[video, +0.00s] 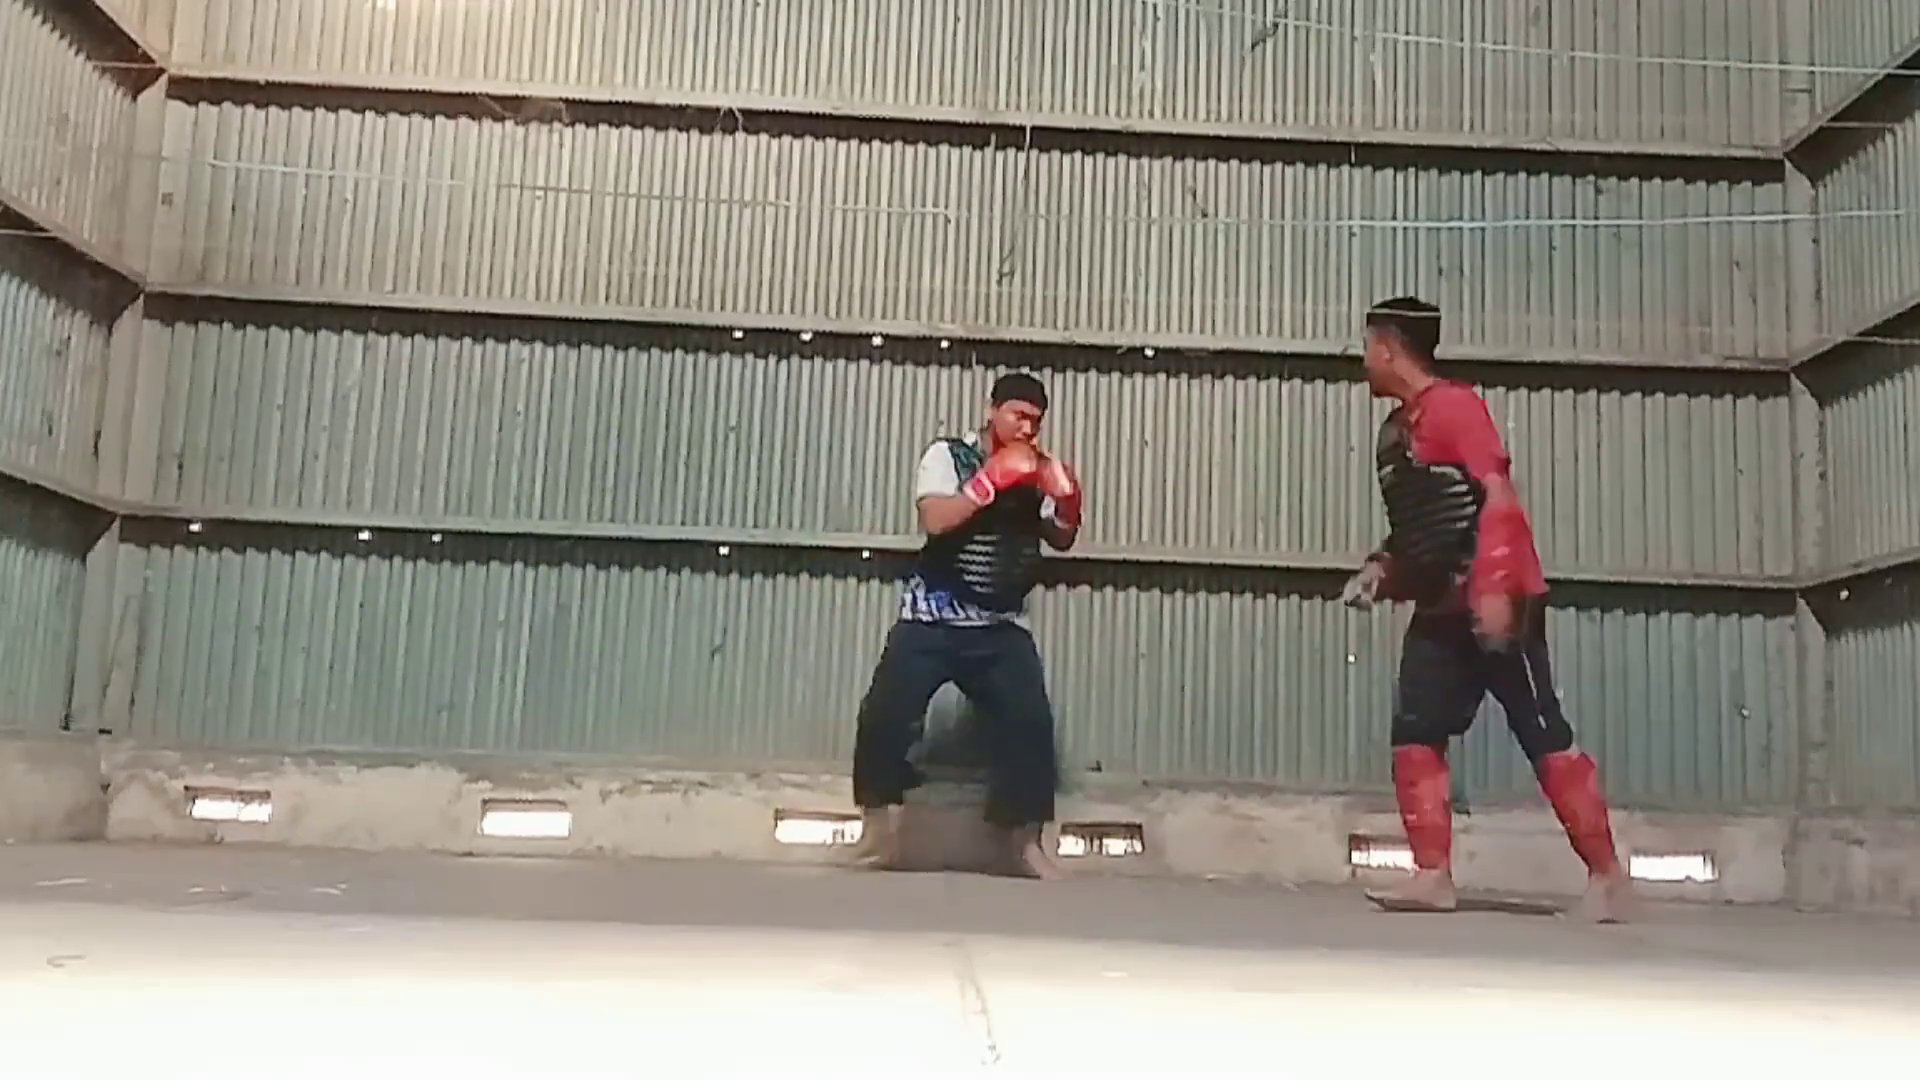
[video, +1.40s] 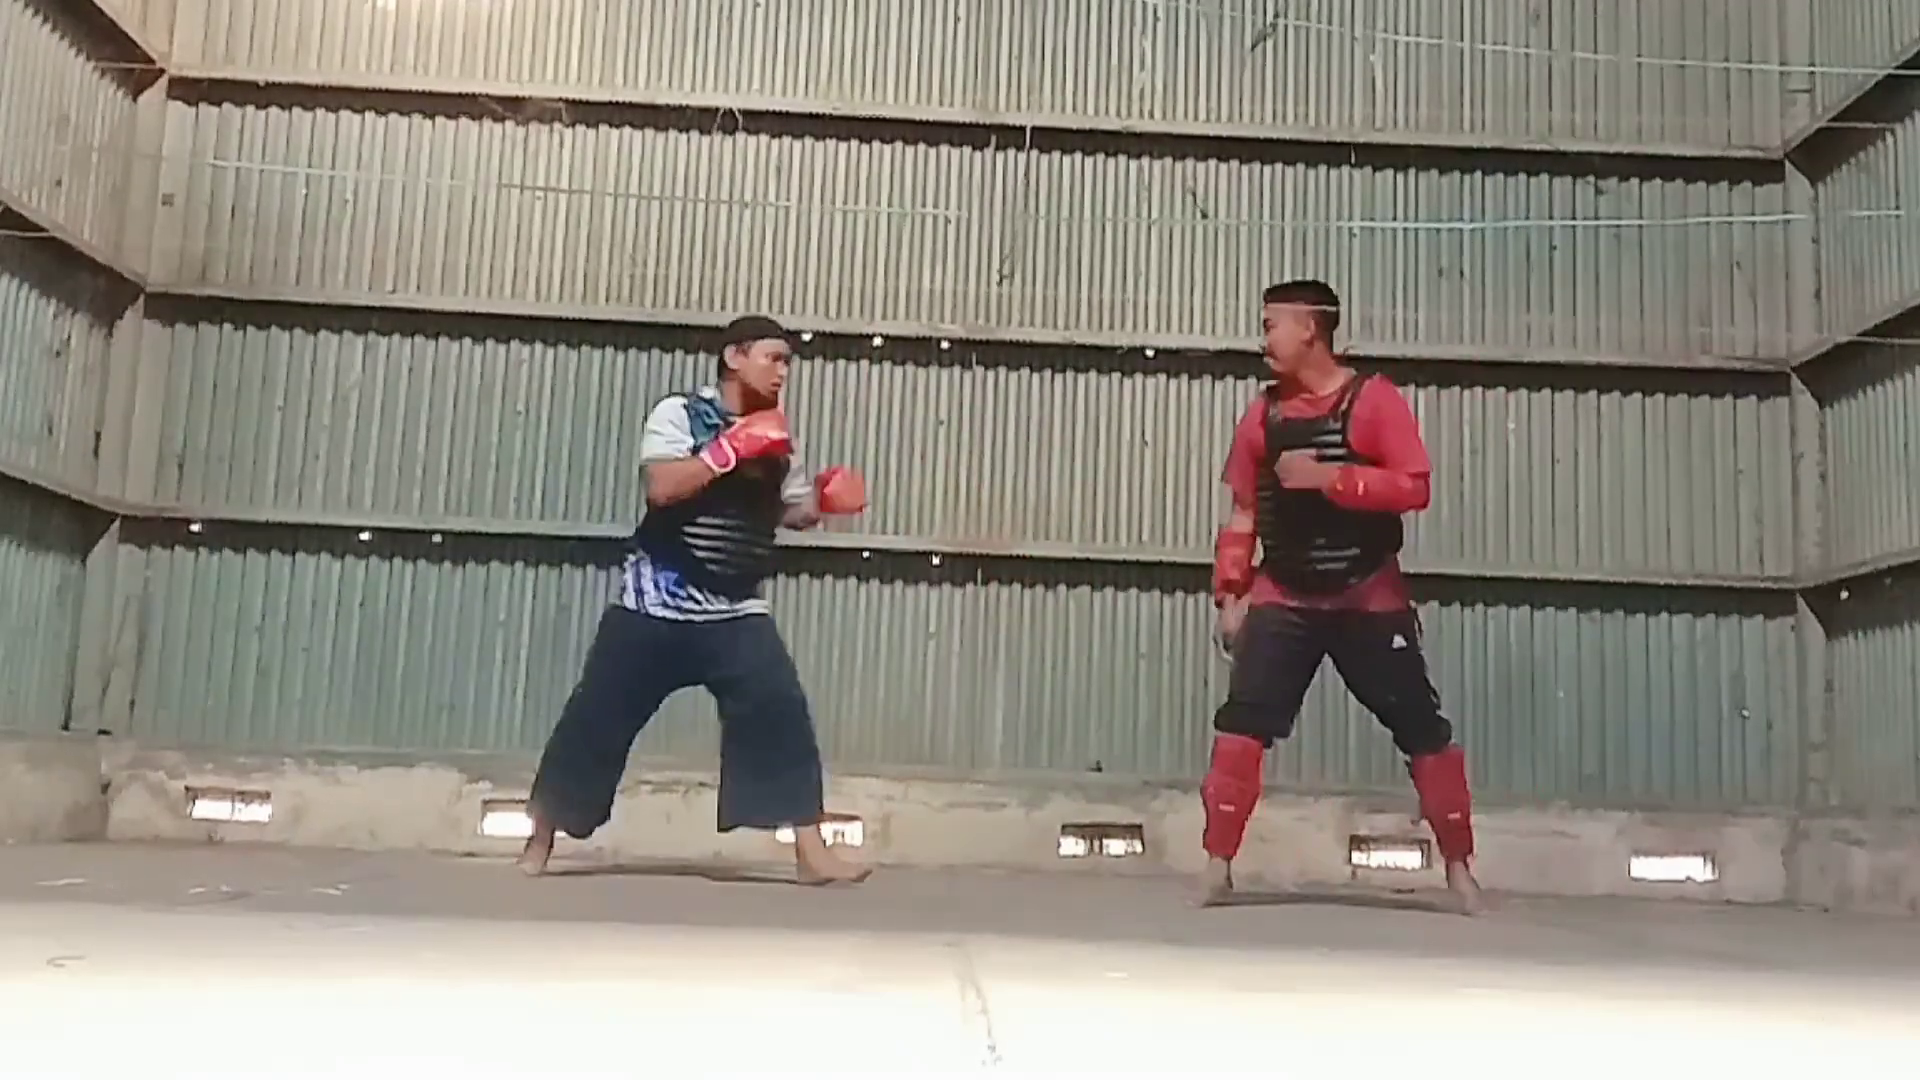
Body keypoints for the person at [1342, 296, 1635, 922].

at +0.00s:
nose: (1364, 360)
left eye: (1369, 347)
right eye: (1366, 348)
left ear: (1392, 349)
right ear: (1403, 350)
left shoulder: (1457, 408)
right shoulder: (1401, 425)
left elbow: (1497, 496)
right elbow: (1423, 520)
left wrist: (1494, 584)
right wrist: (1387, 566)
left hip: (1498, 594)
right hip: (1440, 605)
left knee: (1542, 732)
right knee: (1417, 731)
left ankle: (1608, 874)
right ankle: (1432, 876)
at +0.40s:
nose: (1366, 347)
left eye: (1372, 334)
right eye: (1367, 335)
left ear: (1401, 332)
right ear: (1403, 334)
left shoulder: (1479, 398)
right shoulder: (1393, 419)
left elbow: (1527, 482)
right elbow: (1392, 513)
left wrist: (1454, 545)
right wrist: (1363, 546)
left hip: (1489, 613)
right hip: (1414, 610)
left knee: (1520, 738)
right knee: (1346, 711)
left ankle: (1538, 890)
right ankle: (1399, 849)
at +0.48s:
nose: (1361, 340)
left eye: (1368, 327)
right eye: (1363, 328)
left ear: (1401, 326)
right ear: (1395, 327)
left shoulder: (1474, 392)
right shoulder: (1388, 406)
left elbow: (1499, 481)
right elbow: (1396, 500)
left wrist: (1402, 521)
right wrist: (1357, 548)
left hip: (1478, 601)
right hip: (1398, 599)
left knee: (1510, 730)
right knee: (1324, 701)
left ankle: (1536, 889)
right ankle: (1336, 852)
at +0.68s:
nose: (1332, 341)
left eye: (1341, 328)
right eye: (1333, 329)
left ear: (1379, 332)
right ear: (1361, 334)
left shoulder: (1443, 400)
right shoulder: (1342, 418)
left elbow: (1477, 488)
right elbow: (1327, 507)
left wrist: (1378, 479)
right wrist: (1309, 562)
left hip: (1428, 610)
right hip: (1349, 610)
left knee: (1478, 734)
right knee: (1316, 729)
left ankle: (1531, 885)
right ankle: (1274, 869)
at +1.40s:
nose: (1264, 340)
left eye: (1273, 327)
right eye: (1263, 328)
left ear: (1313, 328)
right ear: (1293, 331)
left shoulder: (1375, 399)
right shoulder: (1261, 416)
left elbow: (1415, 488)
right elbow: (1242, 509)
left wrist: (1326, 477)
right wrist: (1230, 593)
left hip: (1368, 598)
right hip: (1283, 599)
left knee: (1421, 726)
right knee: (1242, 722)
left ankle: (1459, 868)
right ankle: (1217, 866)